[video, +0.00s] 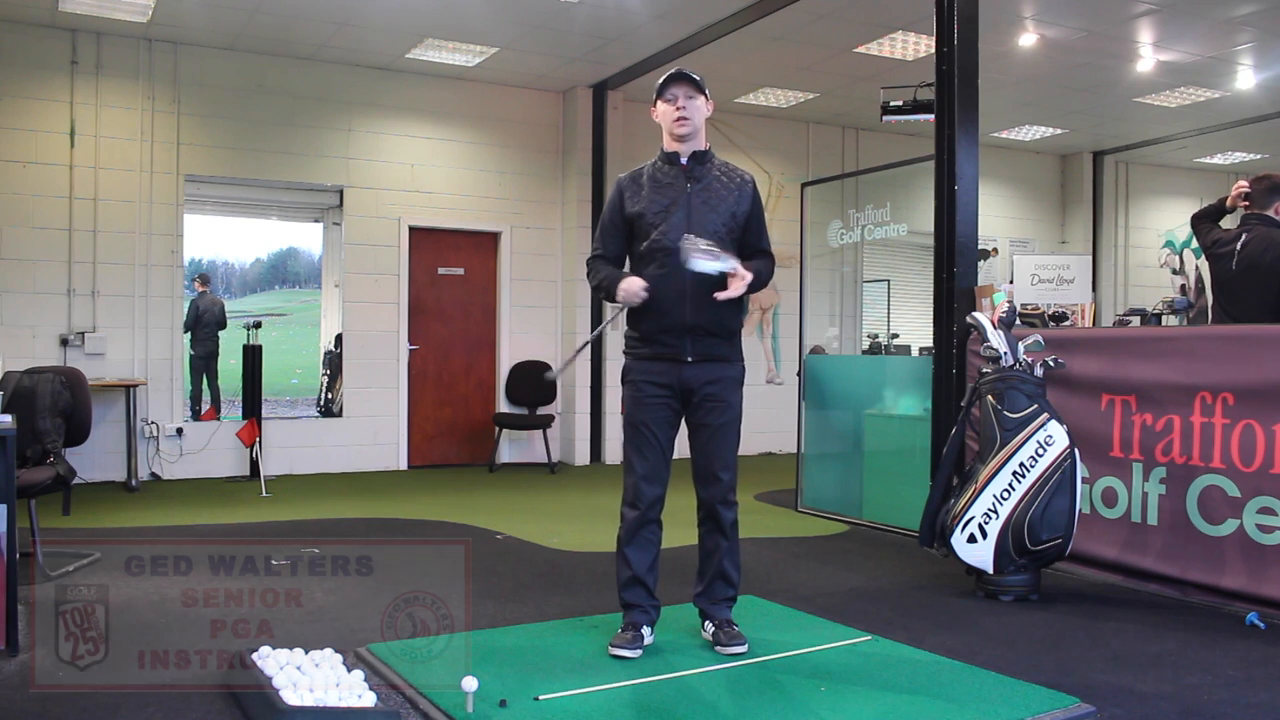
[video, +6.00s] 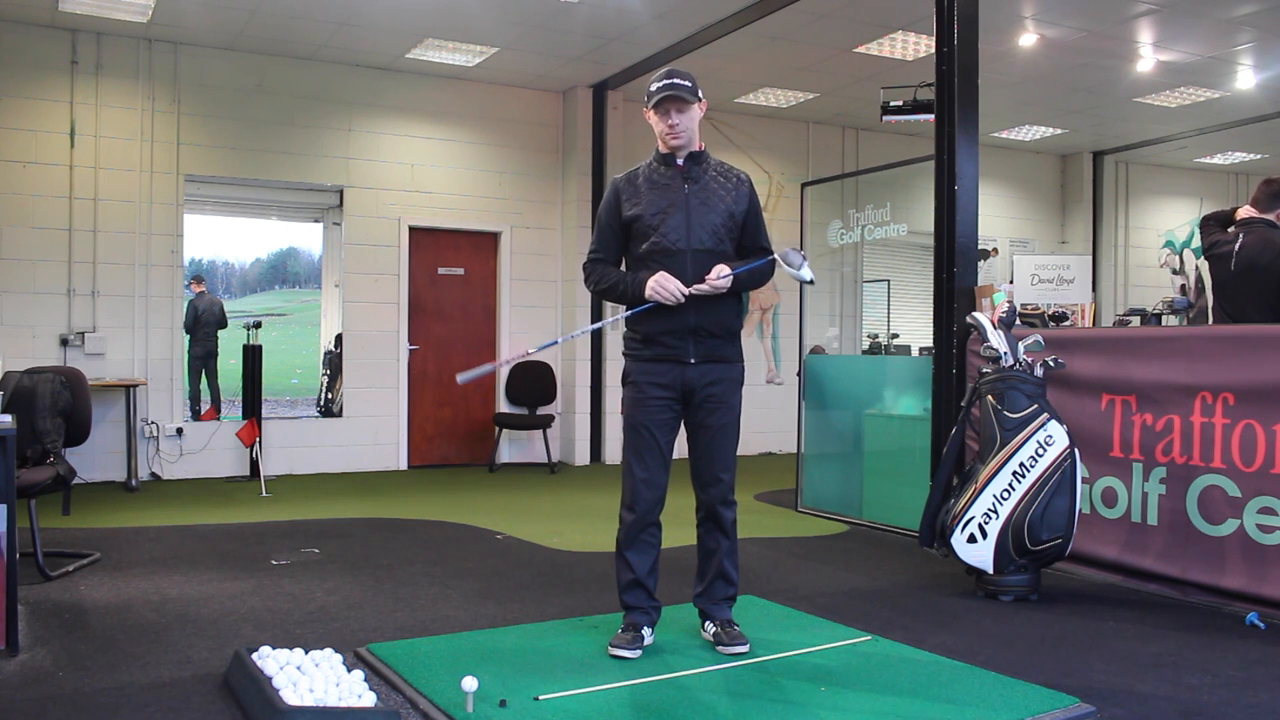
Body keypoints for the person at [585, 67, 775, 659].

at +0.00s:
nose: (680, 106)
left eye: (690, 97)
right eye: (670, 98)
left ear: (709, 110)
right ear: (655, 114)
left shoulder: (739, 185)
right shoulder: (631, 187)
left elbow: (762, 260)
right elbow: (600, 264)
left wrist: (749, 275)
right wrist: (618, 284)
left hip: (718, 362)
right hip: (649, 361)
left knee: (718, 494)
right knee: (642, 495)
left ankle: (718, 612)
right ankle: (638, 616)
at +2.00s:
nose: (679, 107)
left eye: (689, 97)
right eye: (669, 99)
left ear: (708, 110)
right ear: (654, 114)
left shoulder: (738, 188)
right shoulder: (628, 188)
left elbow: (760, 266)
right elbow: (603, 272)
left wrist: (744, 282)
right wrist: (646, 242)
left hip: (720, 362)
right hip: (651, 360)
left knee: (717, 494)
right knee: (643, 494)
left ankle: (718, 613)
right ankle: (638, 616)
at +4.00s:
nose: (684, 113)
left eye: (694, 103)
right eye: (673, 104)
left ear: (707, 111)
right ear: (654, 112)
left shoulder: (733, 183)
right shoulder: (628, 189)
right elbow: (600, 269)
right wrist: (626, 294)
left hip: (718, 363)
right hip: (650, 363)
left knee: (716, 495)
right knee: (643, 496)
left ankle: (719, 614)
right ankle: (638, 616)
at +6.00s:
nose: (672, 118)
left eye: (681, 107)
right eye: (662, 110)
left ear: (702, 111)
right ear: (650, 118)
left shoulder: (736, 186)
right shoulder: (627, 188)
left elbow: (764, 262)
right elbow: (597, 270)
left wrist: (734, 276)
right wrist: (642, 283)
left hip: (719, 362)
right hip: (650, 362)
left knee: (717, 494)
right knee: (641, 495)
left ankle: (718, 612)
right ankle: (638, 616)